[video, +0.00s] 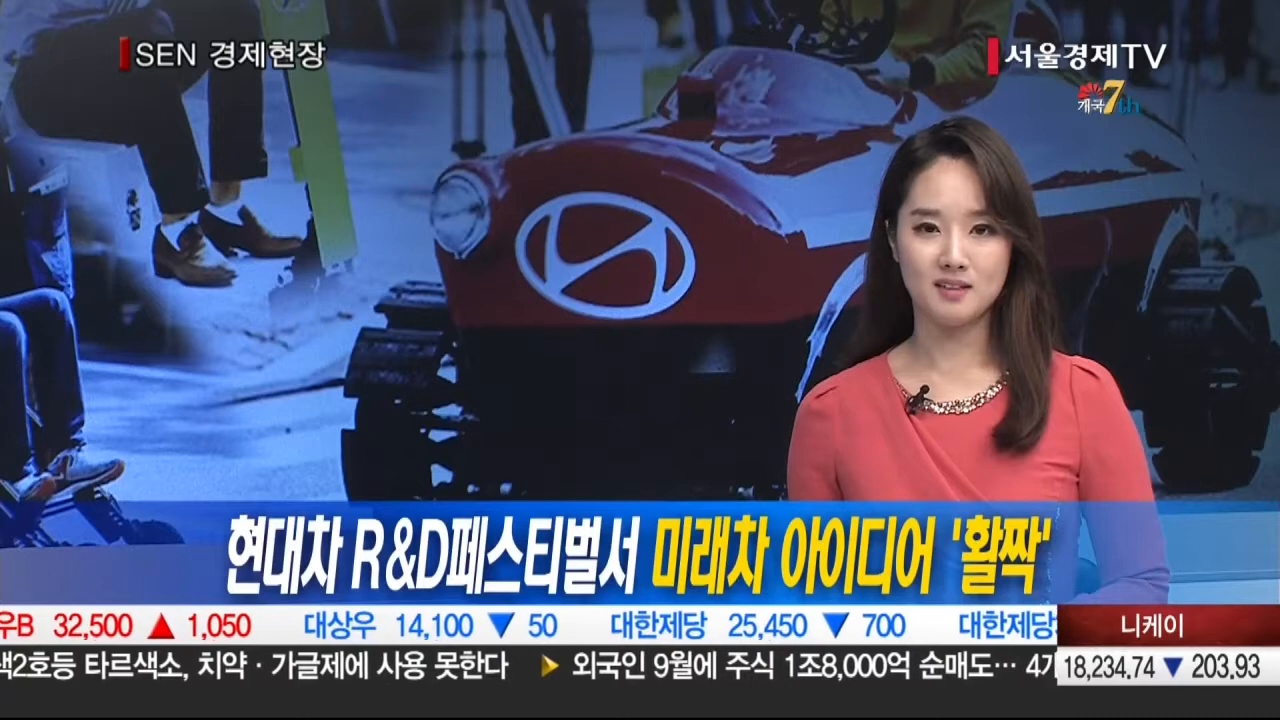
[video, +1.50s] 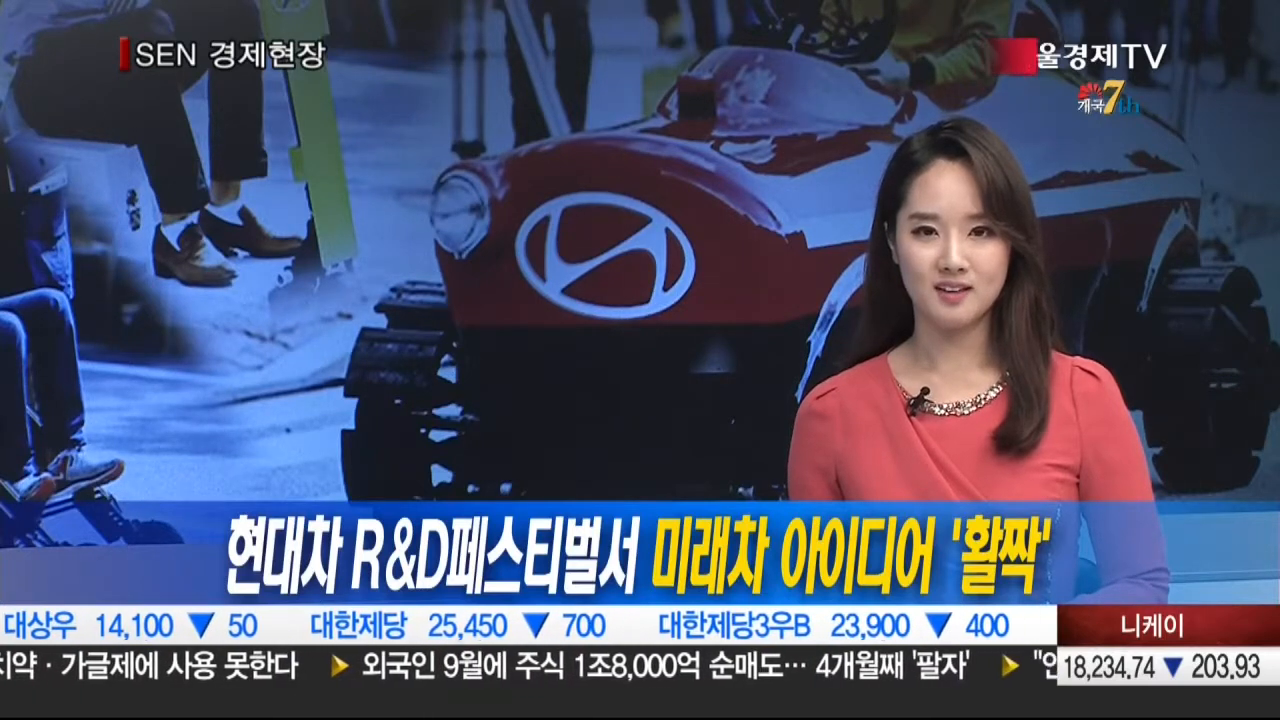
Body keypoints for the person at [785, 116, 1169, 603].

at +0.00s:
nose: (954, 257)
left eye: (982, 229)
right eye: (927, 228)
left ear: (1016, 246)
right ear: (893, 242)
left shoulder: (1083, 397)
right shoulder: (829, 415)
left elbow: (1143, 582)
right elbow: (811, 603)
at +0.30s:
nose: (954, 256)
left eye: (981, 228)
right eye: (927, 227)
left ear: (1015, 245)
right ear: (893, 243)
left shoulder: (1084, 397)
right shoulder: (829, 415)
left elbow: (1143, 582)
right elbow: (810, 603)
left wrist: (1032, 642)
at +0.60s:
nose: (954, 255)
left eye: (981, 227)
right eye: (927, 226)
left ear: (1014, 245)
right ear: (893, 242)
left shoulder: (1083, 397)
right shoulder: (829, 416)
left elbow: (1142, 582)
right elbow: (812, 604)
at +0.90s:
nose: (954, 258)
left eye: (981, 231)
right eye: (927, 230)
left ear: (1015, 245)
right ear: (893, 243)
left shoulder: (1084, 397)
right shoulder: (830, 415)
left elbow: (1142, 583)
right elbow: (811, 605)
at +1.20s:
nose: (955, 259)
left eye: (982, 230)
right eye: (927, 230)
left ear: (1016, 245)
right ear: (894, 244)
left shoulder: (1084, 397)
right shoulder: (831, 415)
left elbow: (1142, 583)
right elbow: (810, 604)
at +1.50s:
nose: (953, 260)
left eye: (980, 231)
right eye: (925, 231)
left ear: (1015, 245)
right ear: (893, 245)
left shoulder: (1084, 397)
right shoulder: (830, 415)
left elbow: (1143, 582)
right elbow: (811, 604)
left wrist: (1035, 644)